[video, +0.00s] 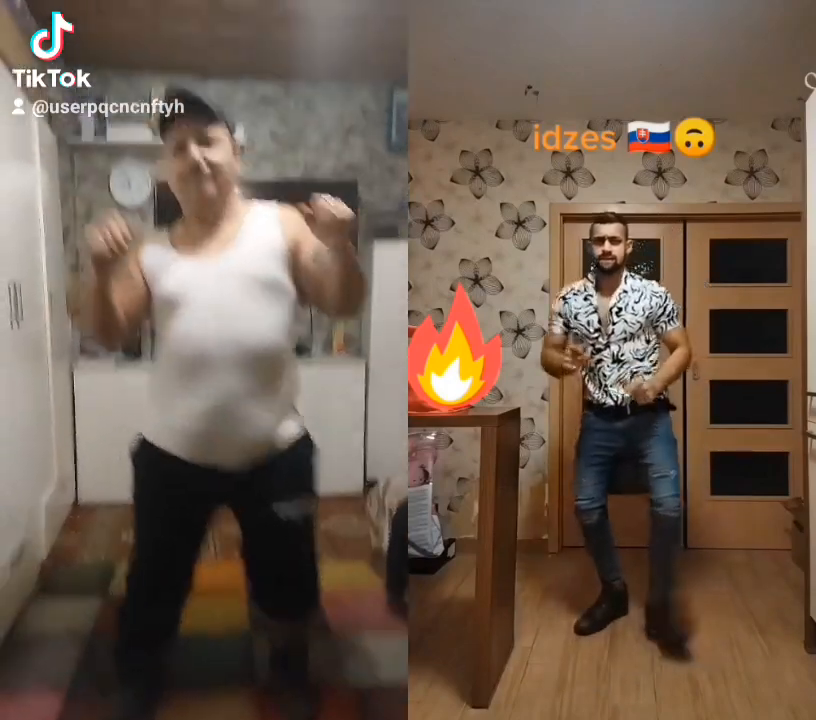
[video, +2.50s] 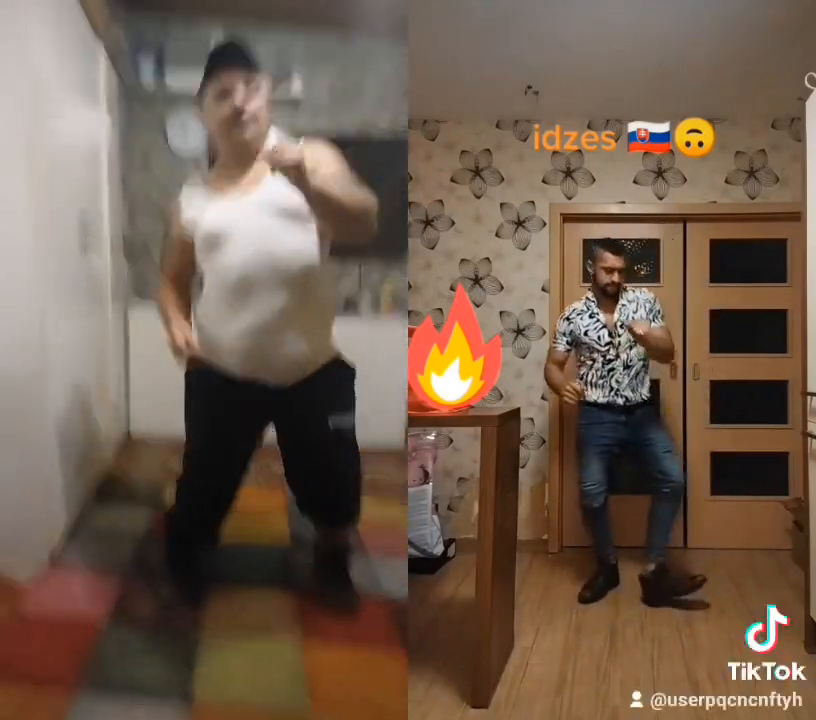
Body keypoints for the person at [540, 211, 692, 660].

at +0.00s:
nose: (606, 248)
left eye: (614, 241)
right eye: (599, 241)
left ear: (628, 247)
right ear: (589, 247)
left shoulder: (652, 295)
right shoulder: (572, 300)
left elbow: (682, 350)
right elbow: (548, 356)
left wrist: (656, 383)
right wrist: (567, 363)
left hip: (649, 418)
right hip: (599, 419)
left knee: (668, 506)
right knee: (587, 505)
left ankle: (660, 612)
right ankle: (613, 592)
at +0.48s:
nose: (624, 260)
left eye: (631, 253)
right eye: (616, 253)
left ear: (640, 257)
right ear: (603, 256)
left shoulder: (659, 308)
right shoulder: (578, 306)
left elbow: (678, 359)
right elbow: (560, 363)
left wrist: (668, 367)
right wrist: (587, 382)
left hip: (657, 424)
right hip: (604, 426)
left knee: (691, 498)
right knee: (590, 508)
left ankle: (667, 595)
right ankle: (613, 595)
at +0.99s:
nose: (657, 256)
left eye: (664, 248)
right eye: (650, 249)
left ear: (675, 252)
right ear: (638, 252)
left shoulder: (698, 296)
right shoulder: (620, 301)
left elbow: (717, 354)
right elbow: (601, 348)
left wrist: (680, 343)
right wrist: (607, 375)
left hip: (683, 414)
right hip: (633, 412)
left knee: (695, 500)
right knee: (612, 492)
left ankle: (680, 577)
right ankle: (616, 590)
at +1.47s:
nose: (661, 286)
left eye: (668, 279)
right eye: (654, 279)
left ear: (680, 274)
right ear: (645, 275)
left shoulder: (706, 310)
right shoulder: (636, 321)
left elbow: (725, 367)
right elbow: (628, 368)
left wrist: (693, 393)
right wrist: (620, 390)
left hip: (686, 426)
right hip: (639, 421)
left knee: (693, 511)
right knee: (602, 484)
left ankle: (680, 578)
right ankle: (623, 585)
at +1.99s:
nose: (649, 285)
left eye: (655, 278)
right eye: (642, 278)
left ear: (661, 276)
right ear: (626, 274)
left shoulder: (678, 309)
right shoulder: (600, 312)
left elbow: (701, 354)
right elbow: (580, 361)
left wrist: (700, 382)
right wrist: (587, 373)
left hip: (671, 418)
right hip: (622, 418)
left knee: (684, 495)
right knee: (586, 487)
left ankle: (676, 576)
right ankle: (609, 567)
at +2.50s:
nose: (614, 279)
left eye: (619, 272)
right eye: (607, 271)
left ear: (627, 273)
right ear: (591, 271)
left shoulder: (643, 302)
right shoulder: (575, 316)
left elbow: (668, 353)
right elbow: (553, 366)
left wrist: (646, 337)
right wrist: (562, 386)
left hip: (641, 413)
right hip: (597, 415)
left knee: (672, 481)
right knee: (592, 493)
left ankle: (655, 572)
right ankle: (605, 569)